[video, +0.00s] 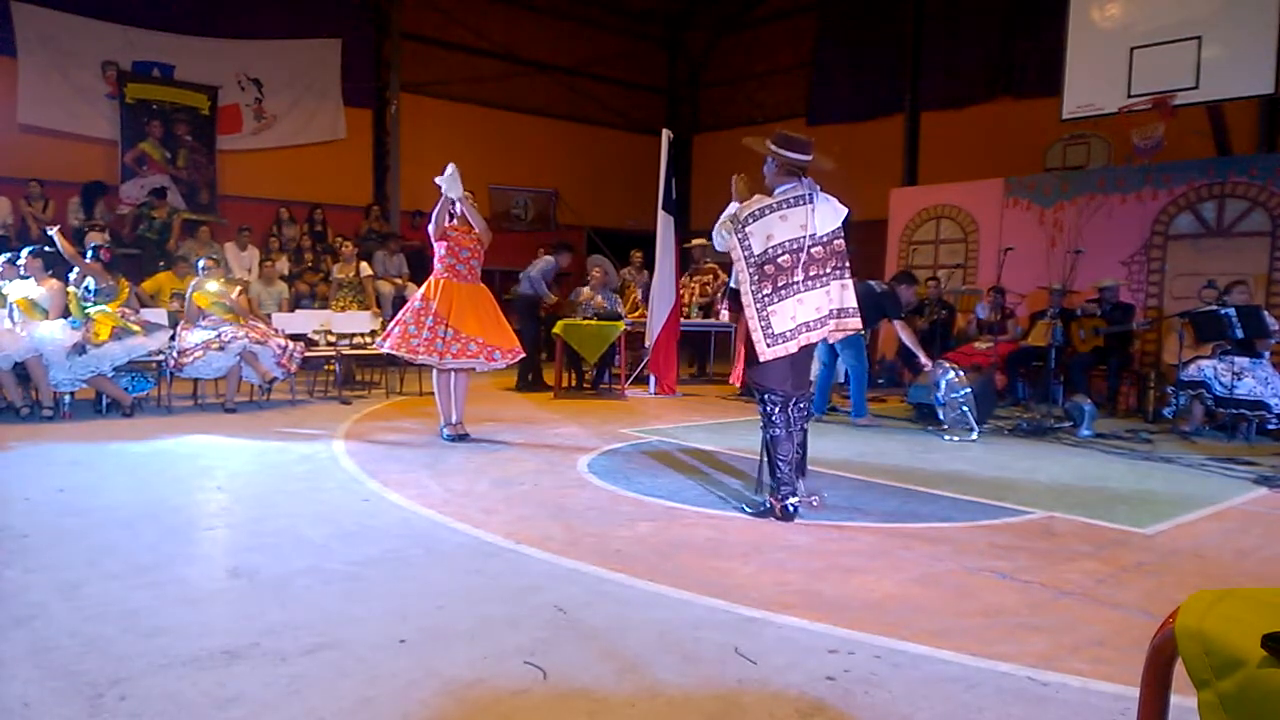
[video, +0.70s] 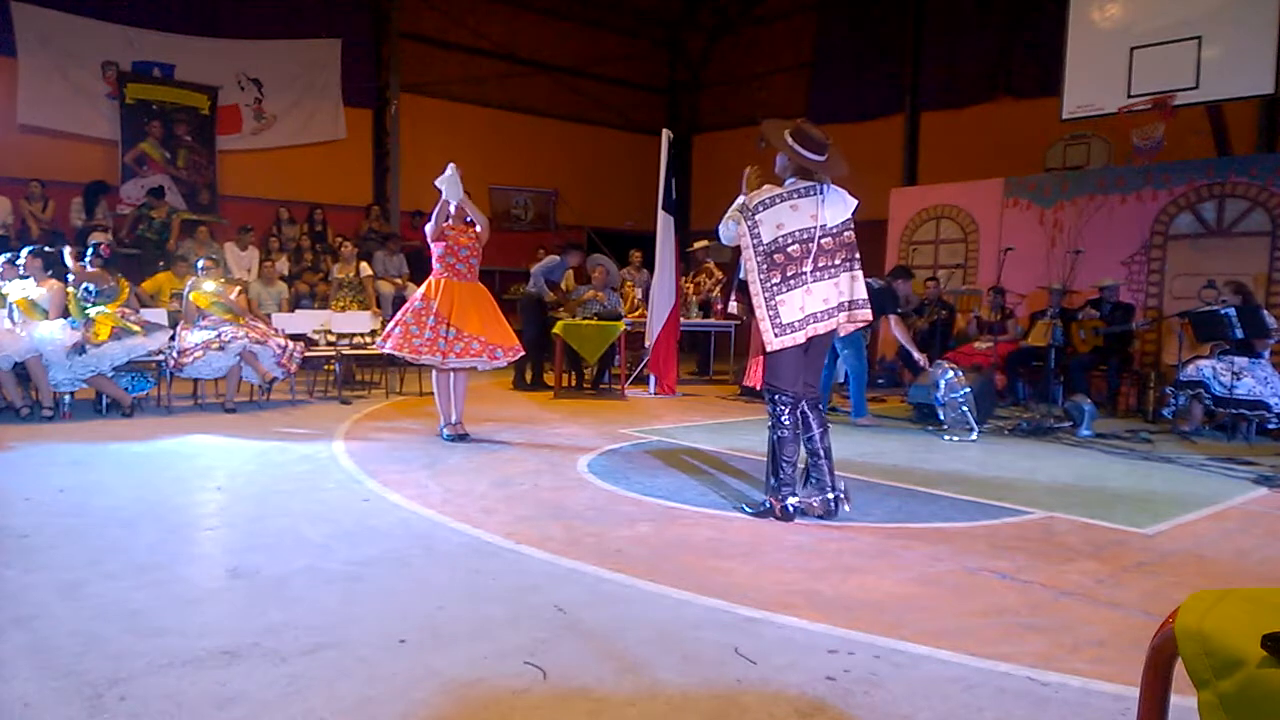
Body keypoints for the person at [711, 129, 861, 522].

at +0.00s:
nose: (763, 167)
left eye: (767, 162)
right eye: (767, 161)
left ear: (778, 167)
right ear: (803, 168)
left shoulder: (758, 210)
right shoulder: (828, 207)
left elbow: (720, 240)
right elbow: (834, 267)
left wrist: (738, 203)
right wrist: (834, 319)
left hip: (769, 320)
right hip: (809, 315)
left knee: (775, 407)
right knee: (798, 402)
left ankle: (783, 498)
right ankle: (795, 486)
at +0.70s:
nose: (775, 155)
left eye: (780, 152)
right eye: (780, 150)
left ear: (789, 159)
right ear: (817, 162)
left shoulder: (764, 202)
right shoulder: (836, 199)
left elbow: (726, 233)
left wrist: (745, 195)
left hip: (783, 316)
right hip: (826, 312)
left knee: (782, 399)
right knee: (810, 397)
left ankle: (781, 495)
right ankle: (826, 491)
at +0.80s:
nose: (781, 154)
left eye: (787, 151)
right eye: (786, 150)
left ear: (795, 160)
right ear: (822, 162)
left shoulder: (766, 203)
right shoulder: (840, 199)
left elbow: (728, 233)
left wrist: (746, 197)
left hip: (783, 318)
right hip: (828, 315)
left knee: (785, 404)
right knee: (817, 404)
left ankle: (782, 495)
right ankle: (828, 495)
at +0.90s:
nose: (787, 154)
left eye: (792, 150)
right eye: (791, 149)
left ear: (799, 159)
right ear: (827, 162)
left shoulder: (773, 201)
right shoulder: (843, 198)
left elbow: (733, 231)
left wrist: (750, 194)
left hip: (788, 317)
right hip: (831, 314)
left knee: (787, 404)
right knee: (820, 403)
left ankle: (781, 496)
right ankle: (828, 495)